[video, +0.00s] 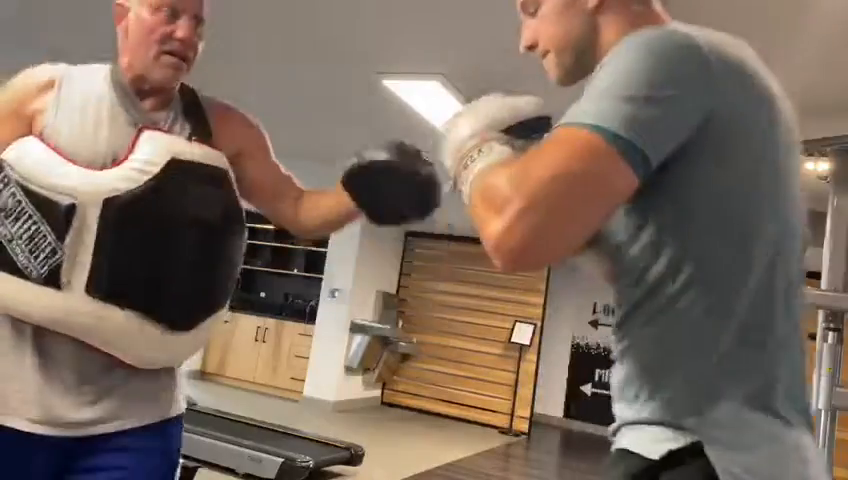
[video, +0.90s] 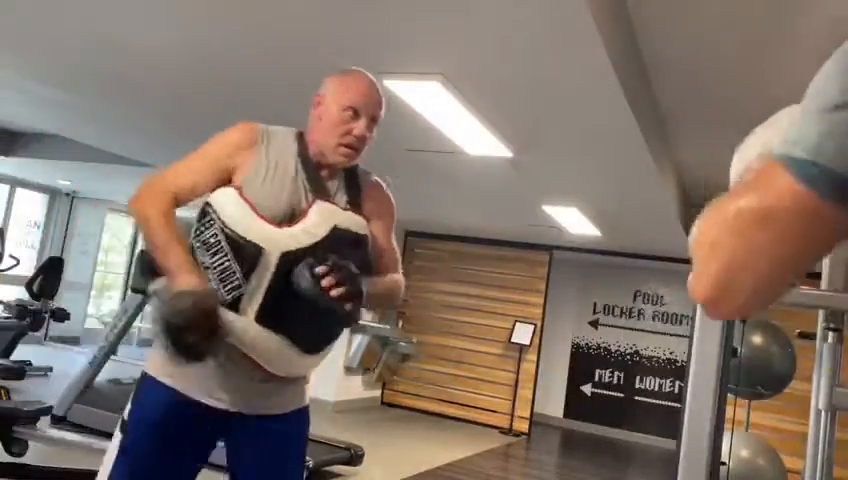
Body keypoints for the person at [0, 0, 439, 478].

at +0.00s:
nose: (185, 34)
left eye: (197, 23)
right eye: (168, 13)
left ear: (203, 38)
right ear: (122, 17)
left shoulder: (226, 130)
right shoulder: (39, 94)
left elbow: (297, 209)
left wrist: (361, 193)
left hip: (137, 415)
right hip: (20, 408)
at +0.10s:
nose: (164, 49)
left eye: (178, 37)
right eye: (148, 29)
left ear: (187, 48)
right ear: (107, 32)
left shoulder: (224, 133)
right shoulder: (37, 115)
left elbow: (296, 212)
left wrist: (327, 194)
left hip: (154, 412)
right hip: (34, 407)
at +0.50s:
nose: (218, 64)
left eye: (231, 54)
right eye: (204, 47)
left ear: (240, 69)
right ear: (171, 56)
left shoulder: (271, 149)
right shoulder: (111, 130)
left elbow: (333, 219)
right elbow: (41, 217)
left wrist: (332, 212)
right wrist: (4, 312)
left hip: (220, 399)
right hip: (105, 393)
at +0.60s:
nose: (264, 85)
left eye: (274, 76)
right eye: (251, 68)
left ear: (281, 90)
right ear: (214, 70)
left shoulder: (303, 164)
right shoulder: (149, 139)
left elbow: (384, 231)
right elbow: (73, 215)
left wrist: (352, 215)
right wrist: (33, 312)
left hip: (239, 408)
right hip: (129, 399)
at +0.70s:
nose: (312, 106)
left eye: (322, 96)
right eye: (300, 89)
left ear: (328, 108)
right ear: (263, 86)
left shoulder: (336, 179)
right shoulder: (194, 143)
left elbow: (398, 253)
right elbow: (111, 212)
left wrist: (348, 245)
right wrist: (71, 306)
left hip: (261, 412)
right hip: (157, 400)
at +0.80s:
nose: (346, 122)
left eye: (356, 113)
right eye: (335, 104)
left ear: (360, 122)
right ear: (299, 99)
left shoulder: (358, 191)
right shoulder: (228, 144)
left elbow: (394, 280)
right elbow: (134, 205)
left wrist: (354, 274)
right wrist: (122, 304)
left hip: (274, 403)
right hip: (176, 389)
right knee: (137, 472)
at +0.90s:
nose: (362, 131)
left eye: (372, 123)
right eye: (352, 113)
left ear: (377, 131)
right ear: (318, 105)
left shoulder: (372, 196)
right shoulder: (248, 144)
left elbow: (395, 285)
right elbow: (150, 198)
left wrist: (360, 286)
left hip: (278, 400)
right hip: (184, 383)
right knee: (137, 474)